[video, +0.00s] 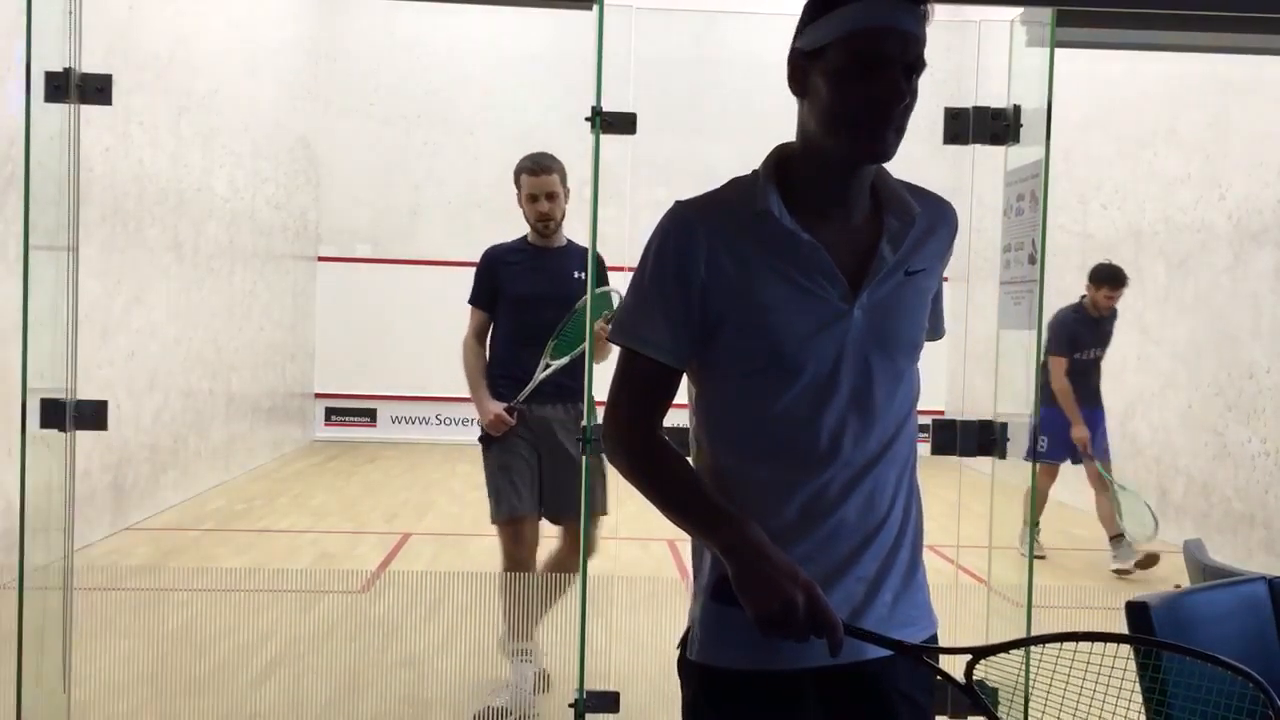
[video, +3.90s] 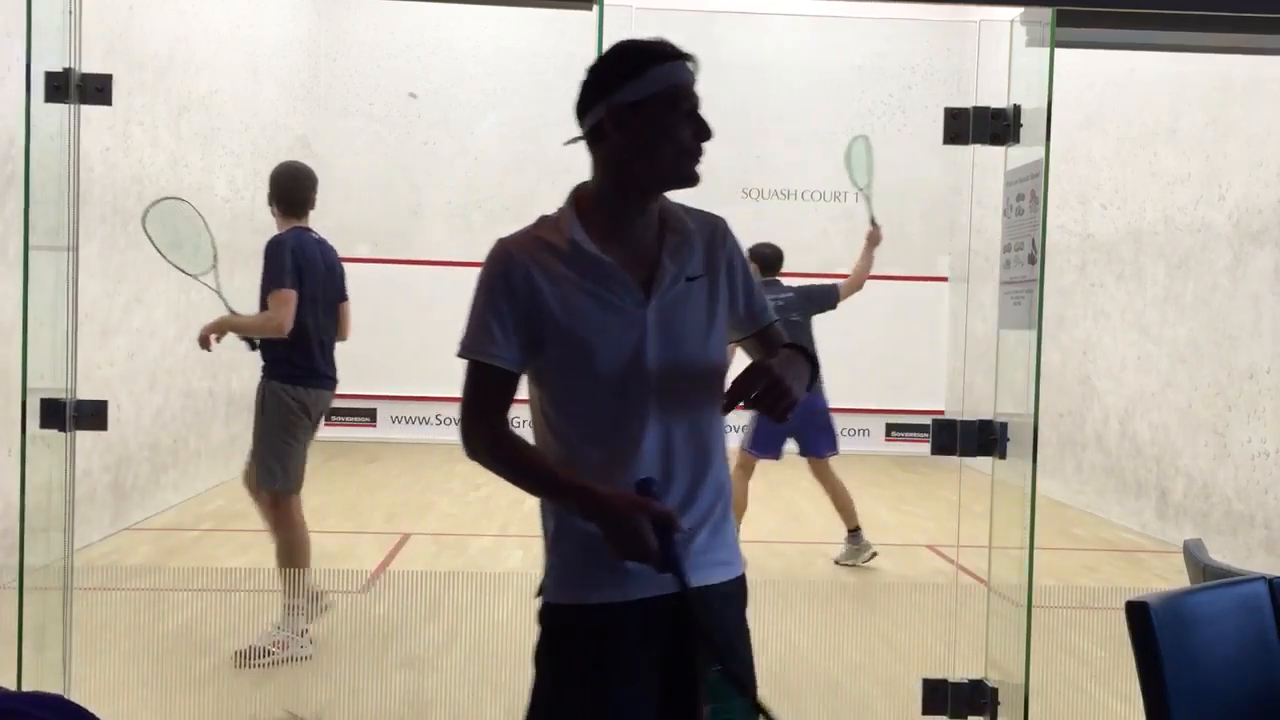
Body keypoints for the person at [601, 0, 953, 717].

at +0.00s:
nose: (894, 93)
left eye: (909, 70)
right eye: (866, 68)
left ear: (922, 82)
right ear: (799, 71)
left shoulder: (928, 225)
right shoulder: (699, 235)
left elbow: (883, 392)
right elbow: (626, 427)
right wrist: (744, 549)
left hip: (894, 635)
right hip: (750, 647)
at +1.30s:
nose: (937, 109)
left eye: (933, 83)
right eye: (915, 81)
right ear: (832, 76)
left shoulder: (888, 223)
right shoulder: (697, 235)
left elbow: (849, 408)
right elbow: (640, 451)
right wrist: (819, 554)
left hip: (878, 645)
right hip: (747, 655)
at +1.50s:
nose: (934, 114)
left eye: (932, 87)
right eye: (919, 84)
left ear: (852, 86)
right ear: (845, 81)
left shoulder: (876, 225)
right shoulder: (702, 235)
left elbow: (849, 418)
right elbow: (706, 464)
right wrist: (908, 520)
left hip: (872, 632)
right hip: (747, 651)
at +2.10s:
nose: (904, 107)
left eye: (898, 79)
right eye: (886, 76)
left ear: (819, 79)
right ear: (814, 75)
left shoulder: (825, 223)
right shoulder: (674, 227)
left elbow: (790, 419)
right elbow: (688, 465)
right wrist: (884, 492)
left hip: (828, 623)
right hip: (712, 648)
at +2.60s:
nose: (847, 110)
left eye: (840, 83)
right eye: (828, 83)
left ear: (760, 89)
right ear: (758, 88)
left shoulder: (789, 223)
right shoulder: (620, 242)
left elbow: (750, 398)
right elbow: (589, 466)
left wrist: (811, 458)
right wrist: (789, 495)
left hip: (796, 604)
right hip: (682, 629)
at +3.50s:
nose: (781, 136)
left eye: (773, 118)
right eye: (759, 120)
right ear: (691, 136)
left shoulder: (771, 246)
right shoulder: (609, 253)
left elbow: (809, 389)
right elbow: (545, 423)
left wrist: (849, 405)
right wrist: (688, 501)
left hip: (753, 568)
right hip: (658, 578)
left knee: (756, 712)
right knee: (668, 716)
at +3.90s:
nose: (705, 132)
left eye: (698, 113)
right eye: (686, 112)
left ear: (619, 129)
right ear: (614, 127)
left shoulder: (710, 241)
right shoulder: (525, 263)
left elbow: (777, 349)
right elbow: (481, 430)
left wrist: (788, 367)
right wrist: (598, 504)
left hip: (710, 582)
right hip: (596, 594)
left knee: (720, 712)